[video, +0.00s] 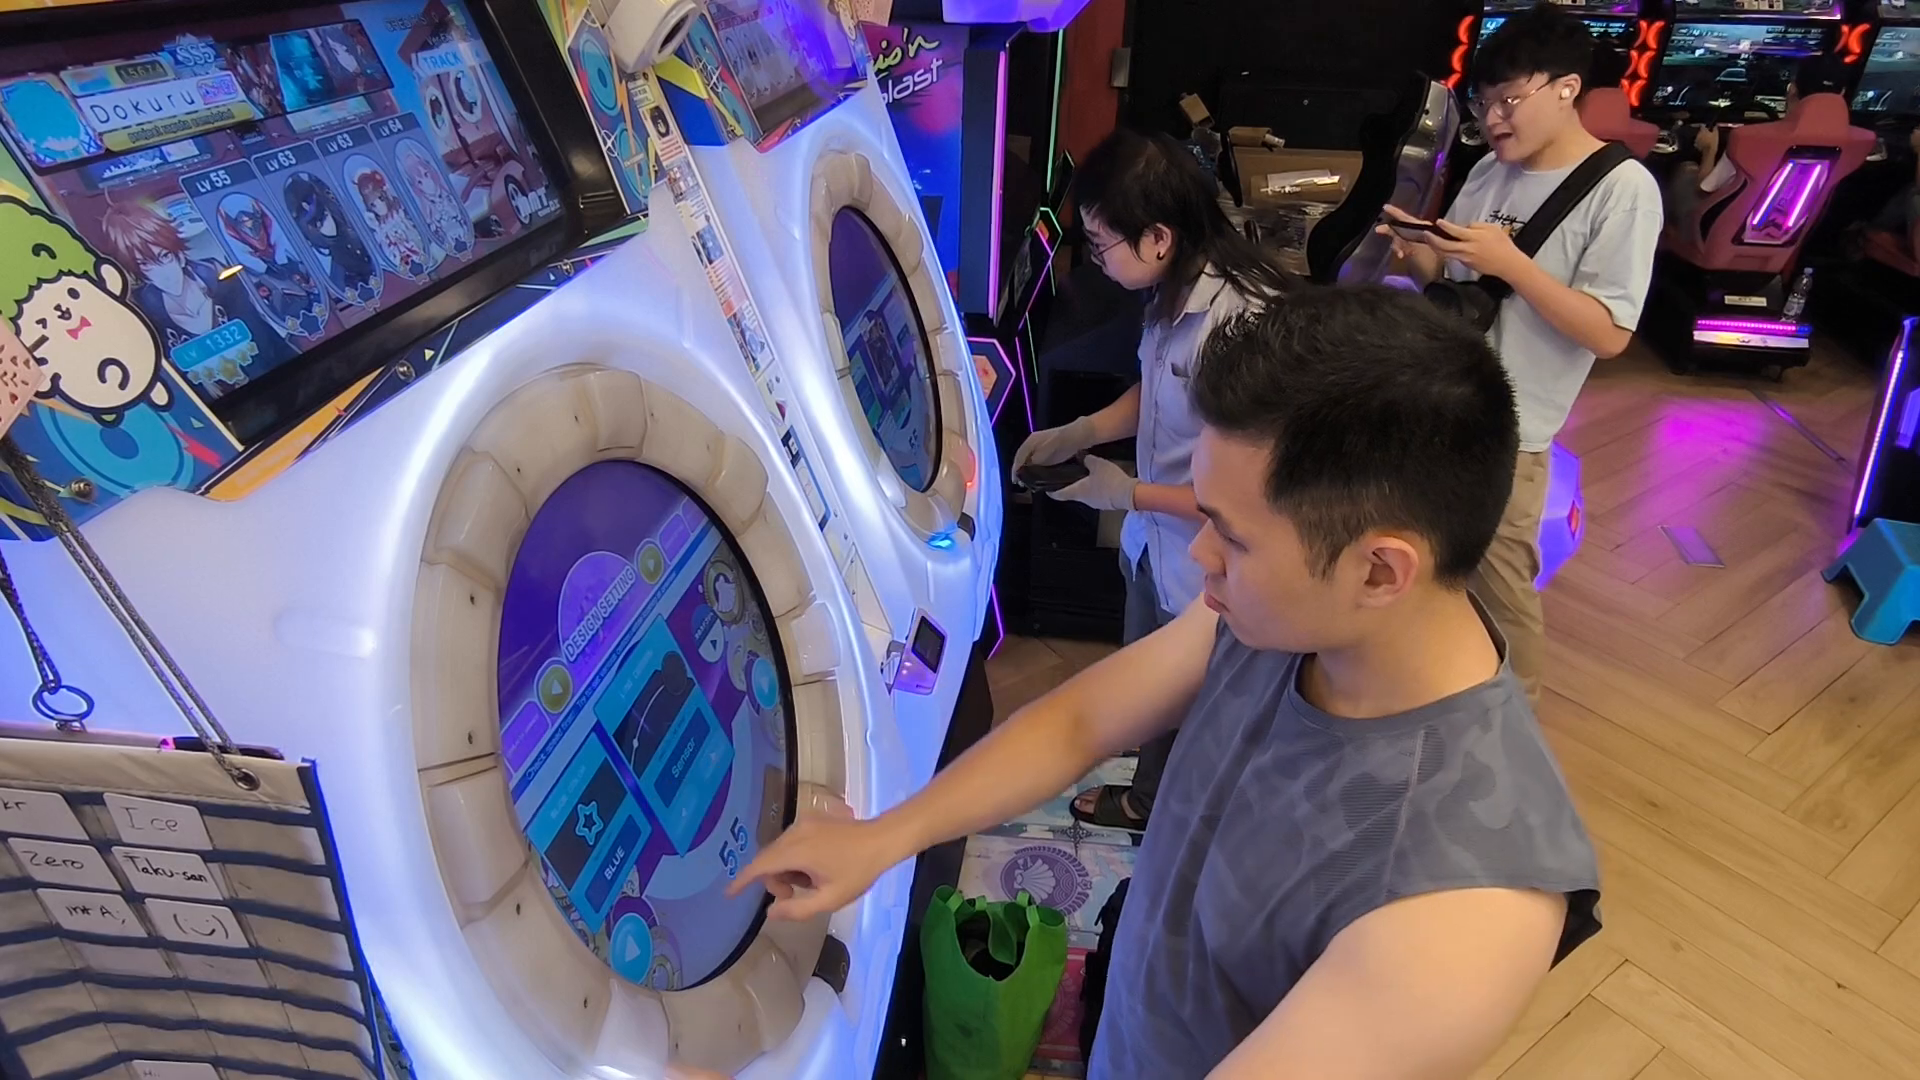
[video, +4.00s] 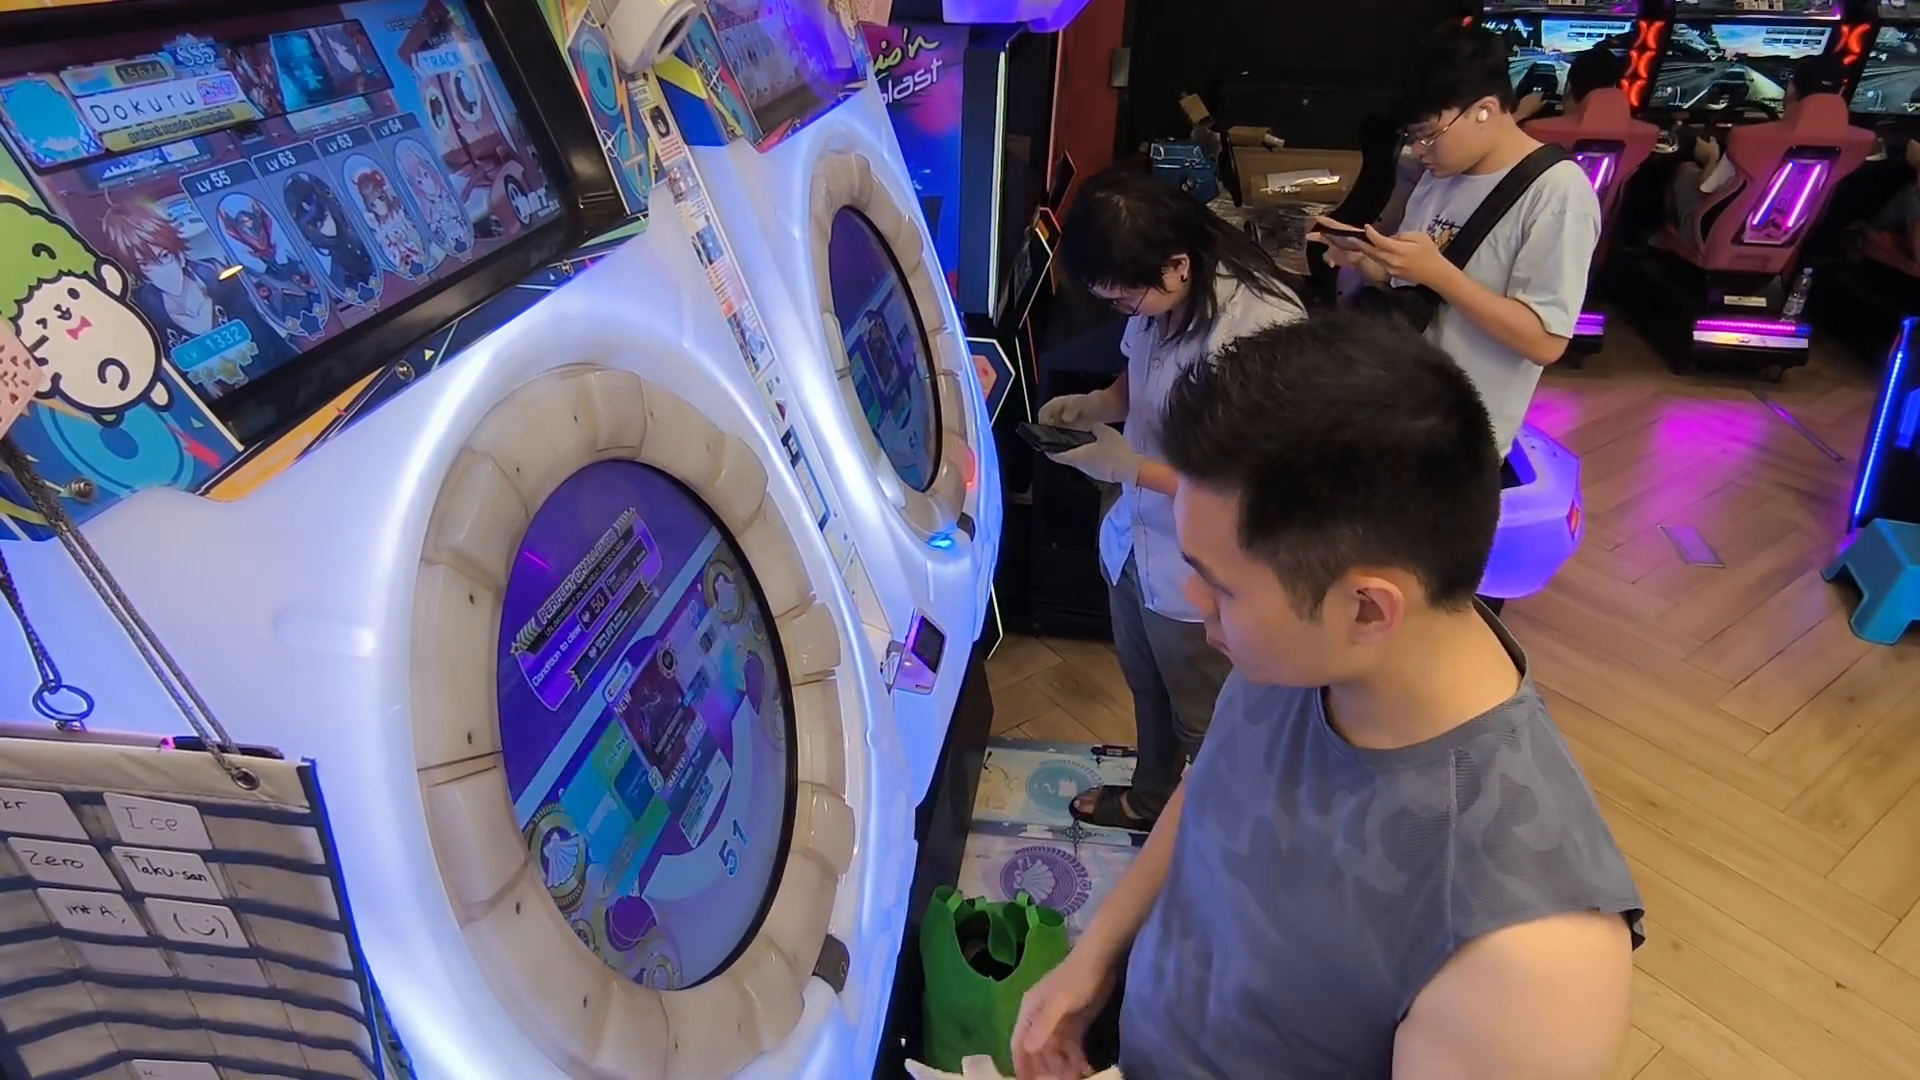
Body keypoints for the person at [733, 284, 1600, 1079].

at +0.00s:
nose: (1193, 551)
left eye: (1224, 532)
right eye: (1200, 512)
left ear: (1379, 573)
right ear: (1369, 570)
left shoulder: (1463, 898)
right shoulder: (1286, 606)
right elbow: (1079, 723)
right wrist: (884, 835)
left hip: (1188, 1073)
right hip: (1123, 1014)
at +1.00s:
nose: (1224, 562)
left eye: (1276, 551)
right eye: (1240, 517)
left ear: (1434, 594)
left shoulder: (1475, 908)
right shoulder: (1280, 590)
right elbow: (1031, 679)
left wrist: (860, 1079)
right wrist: (806, 760)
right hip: (1130, 1001)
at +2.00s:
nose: (1233, 553)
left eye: (1283, 543)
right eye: (1248, 509)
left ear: (1443, 594)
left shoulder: (1492, 915)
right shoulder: (1284, 587)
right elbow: (1018, 656)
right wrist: (760, 719)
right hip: (1138, 1016)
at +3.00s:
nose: (1194, 577)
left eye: (1223, 556)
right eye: (1200, 539)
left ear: (1373, 589)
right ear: (1371, 583)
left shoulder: (1490, 909)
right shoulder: (1295, 630)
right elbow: (1089, 732)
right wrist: (871, 783)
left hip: (1203, 1073)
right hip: (1132, 1011)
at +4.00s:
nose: (1193, 599)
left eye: (1220, 586)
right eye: (1196, 568)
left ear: (1370, 611)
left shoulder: (1531, 940)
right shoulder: (1291, 645)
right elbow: (1203, 797)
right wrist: (1095, 951)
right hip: (1121, 1013)